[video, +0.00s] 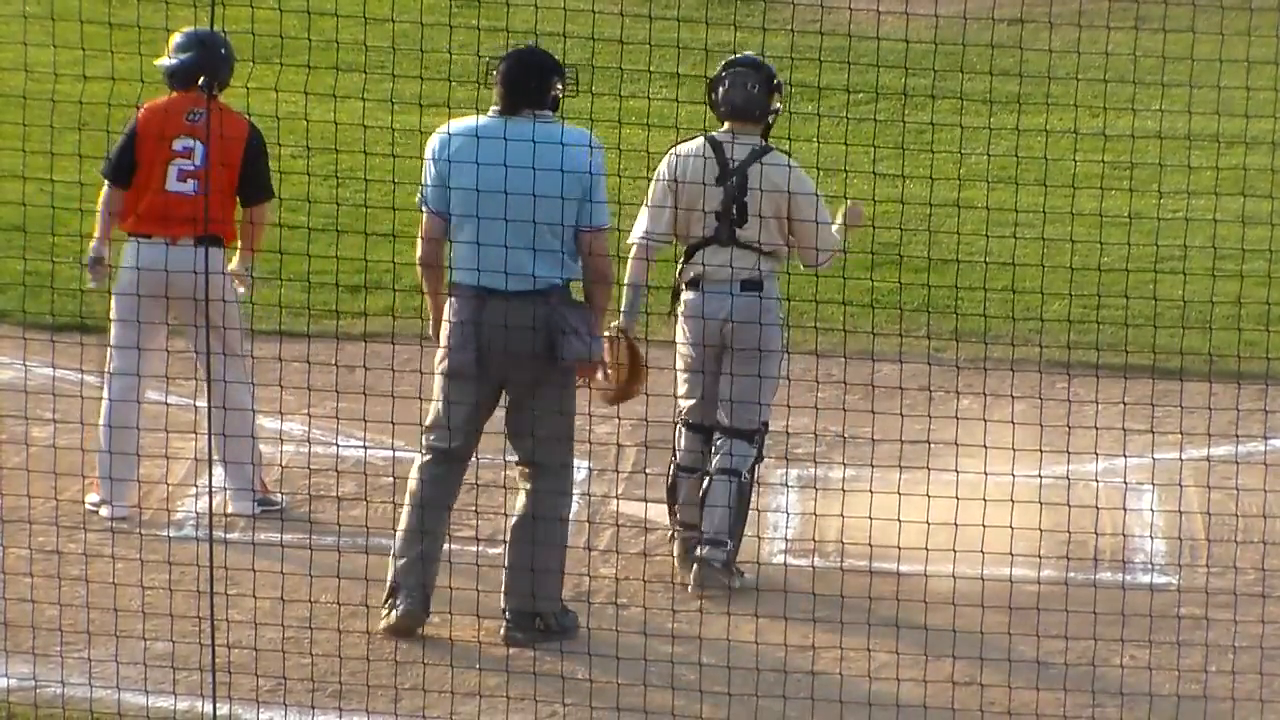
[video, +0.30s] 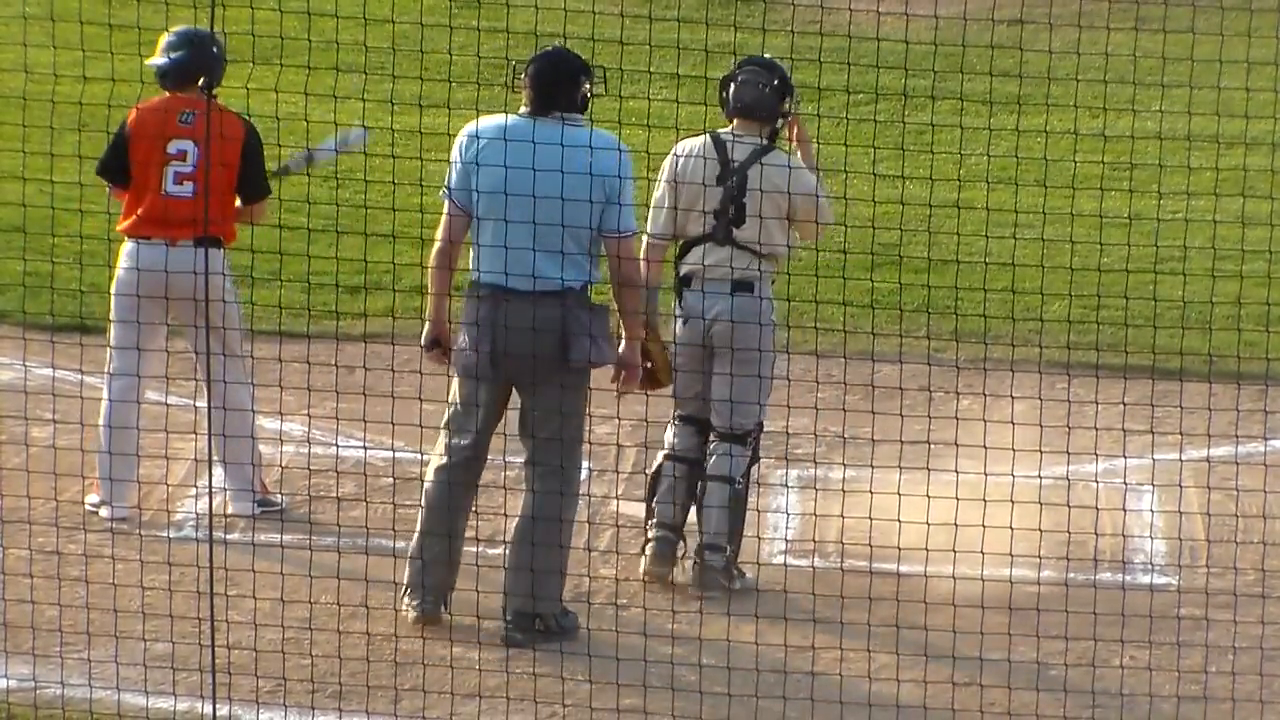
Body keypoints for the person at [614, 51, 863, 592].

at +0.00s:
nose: (770, 108)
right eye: (771, 101)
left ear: (716, 102)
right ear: (769, 108)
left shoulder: (681, 159)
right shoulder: (784, 171)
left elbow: (644, 243)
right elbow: (818, 254)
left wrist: (627, 315)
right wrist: (842, 228)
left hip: (696, 306)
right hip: (757, 310)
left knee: (693, 423)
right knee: (740, 434)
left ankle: (684, 539)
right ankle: (714, 554)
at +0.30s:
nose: (785, 113)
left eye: (781, 105)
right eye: (784, 106)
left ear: (726, 103)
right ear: (778, 111)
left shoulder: (685, 155)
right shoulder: (784, 168)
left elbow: (654, 246)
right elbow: (817, 222)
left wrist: (646, 318)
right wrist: (804, 158)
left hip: (690, 304)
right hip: (748, 309)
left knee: (687, 420)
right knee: (734, 434)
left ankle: (661, 541)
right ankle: (715, 559)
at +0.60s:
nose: (766, 117)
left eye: (762, 110)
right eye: (766, 111)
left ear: (710, 105)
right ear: (761, 115)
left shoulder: (665, 160)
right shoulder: (771, 170)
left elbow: (637, 250)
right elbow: (803, 220)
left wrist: (629, 320)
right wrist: (780, 151)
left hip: (675, 309)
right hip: (737, 312)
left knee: (653, 428)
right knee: (725, 439)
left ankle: (627, 545)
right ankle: (713, 564)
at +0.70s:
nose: (755, 119)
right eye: (755, 112)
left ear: (699, 107)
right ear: (752, 116)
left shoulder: (654, 161)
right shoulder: (761, 173)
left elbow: (631, 255)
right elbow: (783, 230)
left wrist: (621, 329)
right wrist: (763, 157)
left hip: (664, 310)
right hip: (726, 313)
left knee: (647, 434)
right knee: (721, 439)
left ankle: (626, 550)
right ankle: (712, 562)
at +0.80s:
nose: (743, 122)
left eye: (738, 114)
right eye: (743, 114)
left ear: (686, 109)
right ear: (738, 117)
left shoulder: (639, 163)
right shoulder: (746, 173)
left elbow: (623, 250)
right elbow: (755, 241)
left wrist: (608, 325)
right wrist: (743, 163)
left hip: (650, 311)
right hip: (711, 314)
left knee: (641, 434)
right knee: (713, 439)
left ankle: (626, 562)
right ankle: (712, 562)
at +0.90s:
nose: (728, 124)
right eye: (729, 116)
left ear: (670, 111)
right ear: (723, 119)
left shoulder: (626, 164)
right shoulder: (735, 175)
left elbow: (606, 250)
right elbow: (745, 237)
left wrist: (598, 332)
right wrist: (724, 162)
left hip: (638, 315)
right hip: (701, 319)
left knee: (635, 439)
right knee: (708, 440)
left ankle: (627, 568)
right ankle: (714, 564)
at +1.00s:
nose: (718, 125)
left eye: (714, 118)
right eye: (717, 117)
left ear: (656, 112)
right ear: (710, 120)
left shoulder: (615, 165)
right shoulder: (722, 172)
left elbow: (593, 249)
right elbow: (737, 233)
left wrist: (591, 330)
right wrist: (716, 167)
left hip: (629, 315)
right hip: (692, 318)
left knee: (632, 441)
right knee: (708, 440)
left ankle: (627, 567)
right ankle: (716, 563)